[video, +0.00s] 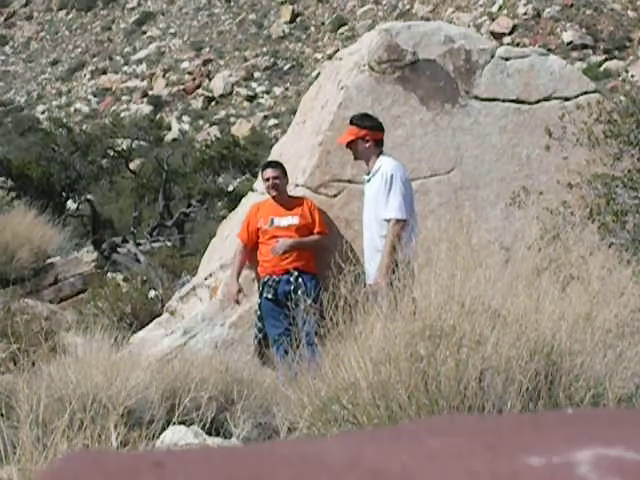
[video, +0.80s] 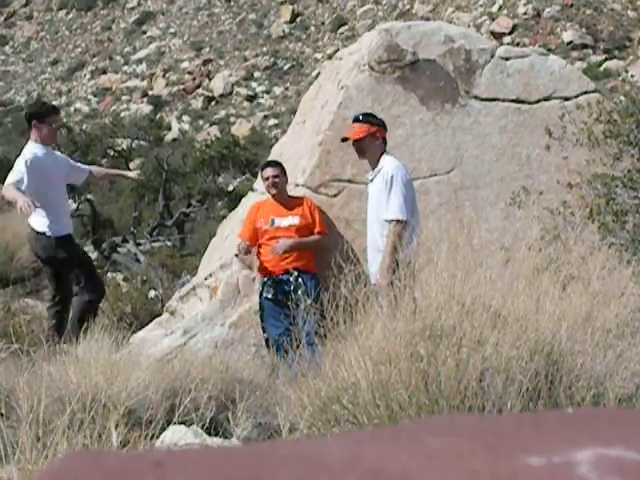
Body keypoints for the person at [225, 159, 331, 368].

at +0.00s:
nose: (272, 183)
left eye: (276, 178)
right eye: (267, 179)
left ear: (286, 179)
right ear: (263, 184)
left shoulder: (306, 205)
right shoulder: (257, 211)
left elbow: (323, 237)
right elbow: (243, 246)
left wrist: (293, 243)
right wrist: (234, 279)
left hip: (303, 276)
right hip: (271, 280)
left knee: (309, 334)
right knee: (279, 339)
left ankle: (315, 381)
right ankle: (290, 383)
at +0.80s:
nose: (272, 181)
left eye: (276, 176)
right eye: (267, 178)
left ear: (285, 178)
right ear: (263, 183)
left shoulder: (306, 205)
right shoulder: (258, 210)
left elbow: (324, 238)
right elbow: (246, 242)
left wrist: (293, 243)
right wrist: (243, 249)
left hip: (304, 278)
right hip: (272, 281)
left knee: (310, 335)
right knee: (278, 338)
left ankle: (315, 381)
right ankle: (288, 384)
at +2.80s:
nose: (274, 181)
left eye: (278, 176)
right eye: (269, 178)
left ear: (287, 179)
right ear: (264, 183)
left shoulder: (307, 206)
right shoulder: (257, 211)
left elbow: (325, 237)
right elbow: (247, 246)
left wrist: (293, 244)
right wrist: (252, 264)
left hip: (304, 274)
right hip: (272, 277)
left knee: (309, 327)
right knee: (278, 330)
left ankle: (315, 375)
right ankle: (287, 378)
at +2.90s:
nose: (275, 181)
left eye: (279, 176)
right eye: (270, 177)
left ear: (287, 179)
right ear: (265, 183)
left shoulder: (306, 205)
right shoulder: (262, 209)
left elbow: (324, 237)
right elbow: (257, 240)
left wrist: (290, 244)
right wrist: (274, 250)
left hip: (305, 272)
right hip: (277, 273)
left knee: (310, 328)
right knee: (280, 329)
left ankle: (318, 373)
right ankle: (290, 377)